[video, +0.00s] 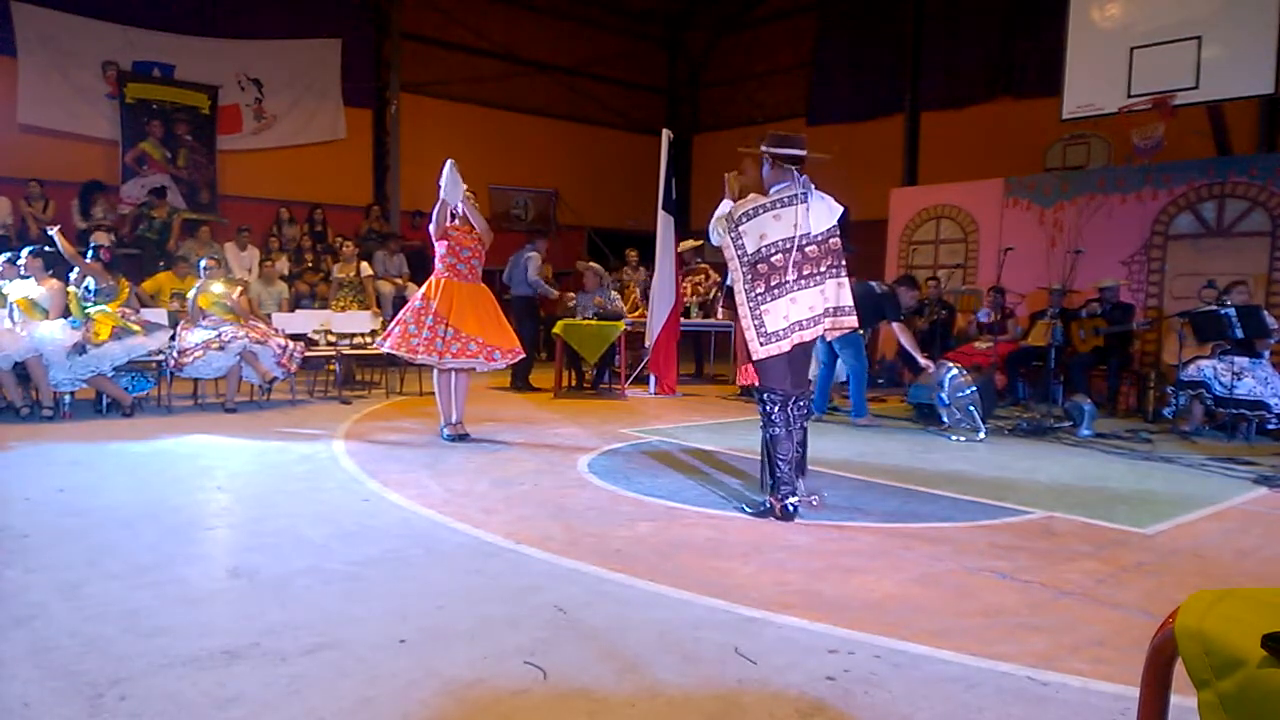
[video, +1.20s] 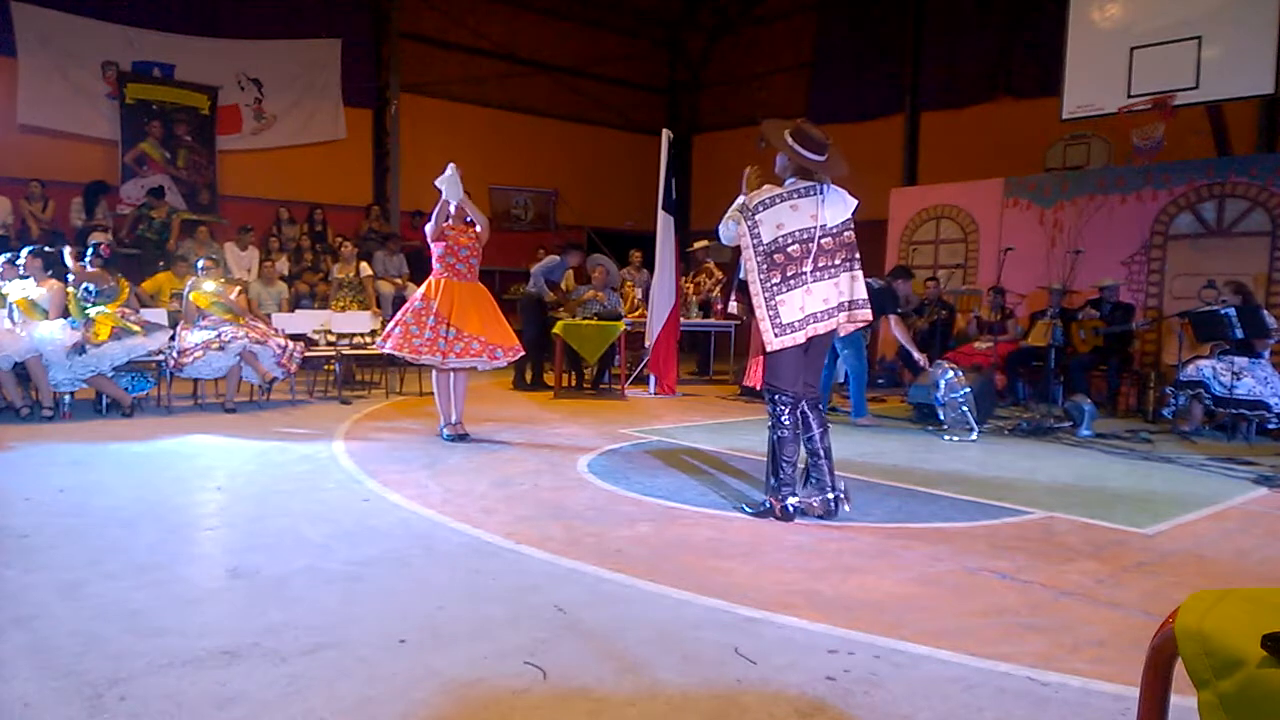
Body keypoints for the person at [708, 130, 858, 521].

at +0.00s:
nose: (760, 170)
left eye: (762, 164)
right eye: (764, 164)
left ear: (770, 166)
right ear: (801, 167)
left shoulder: (754, 211)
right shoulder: (824, 208)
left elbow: (718, 237)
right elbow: (832, 268)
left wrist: (730, 199)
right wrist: (831, 317)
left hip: (767, 319)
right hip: (808, 314)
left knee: (775, 402)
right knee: (799, 398)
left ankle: (782, 496)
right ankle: (795, 485)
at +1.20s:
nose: (775, 155)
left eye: (780, 152)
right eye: (780, 150)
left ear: (789, 159)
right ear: (817, 162)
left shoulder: (764, 202)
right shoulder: (836, 199)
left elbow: (726, 233)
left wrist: (745, 195)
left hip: (783, 316)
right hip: (826, 312)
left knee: (782, 399)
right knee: (810, 397)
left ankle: (781, 495)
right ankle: (826, 491)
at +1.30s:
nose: (781, 154)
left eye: (787, 151)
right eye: (786, 150)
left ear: (795, 160)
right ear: (822, 162)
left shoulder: (766, 203)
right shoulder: (840, 199)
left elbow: (728, 233)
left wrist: (746, 197)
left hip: (783, 318)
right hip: (828, 315)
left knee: (785, 404)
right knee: (817, 404)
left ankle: (782, 495)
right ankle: (828, 495)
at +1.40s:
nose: (787, 154)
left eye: (792, 150)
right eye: (791, 149)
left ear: (799, 159)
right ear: (827, 162)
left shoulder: (773, 201)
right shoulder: (843, 198)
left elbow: (733, 231)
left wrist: (750, 194)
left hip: (788, 317)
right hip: (831, 314)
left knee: (787, 404)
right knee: (820, 403)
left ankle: (781, 496)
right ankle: (828, 495)